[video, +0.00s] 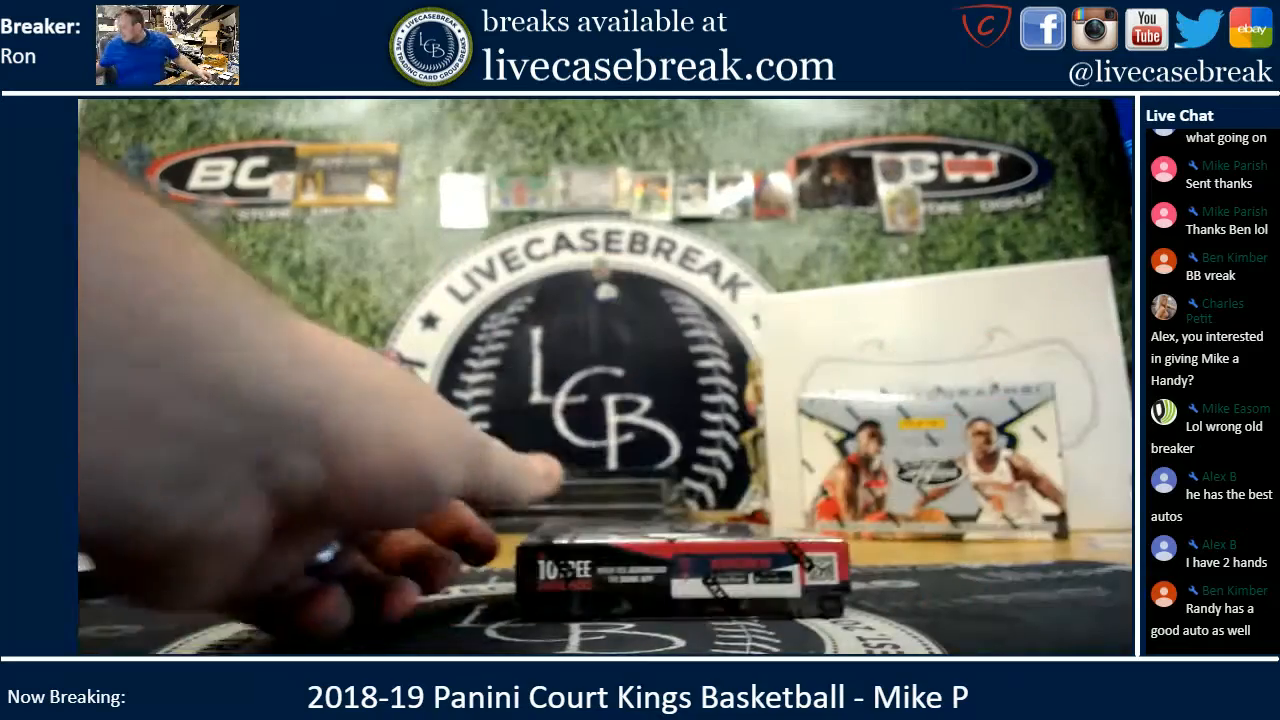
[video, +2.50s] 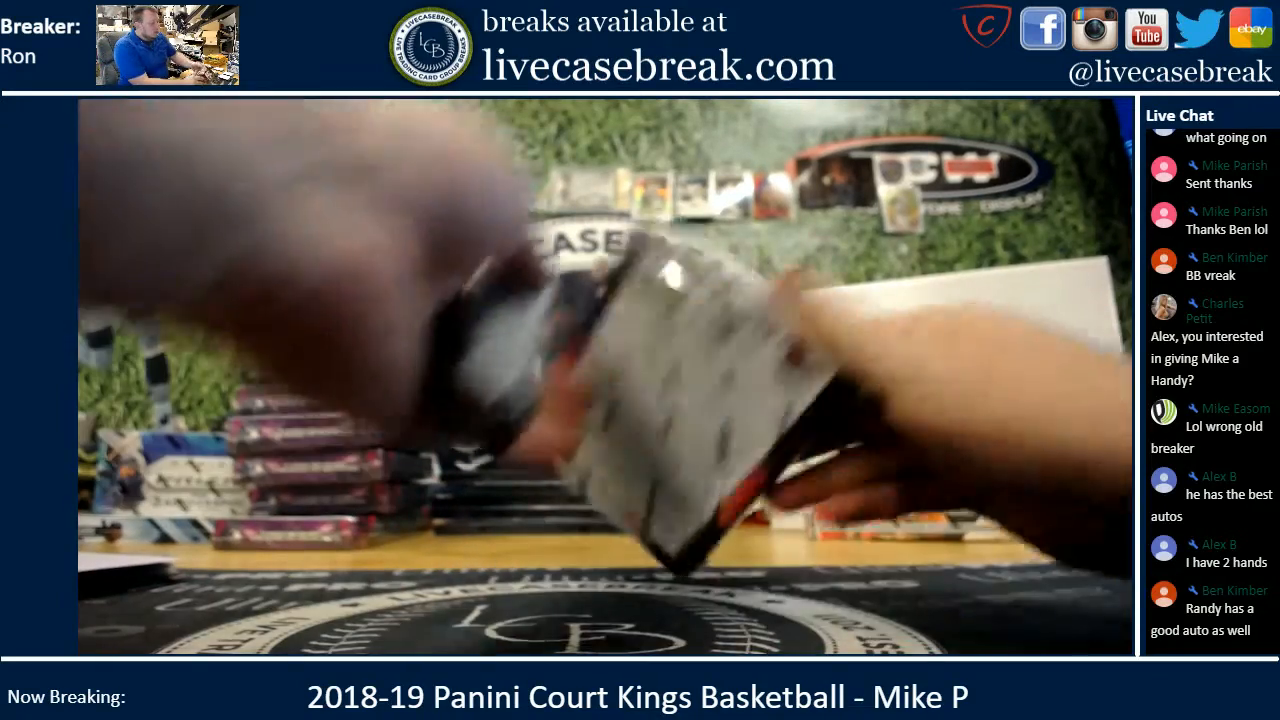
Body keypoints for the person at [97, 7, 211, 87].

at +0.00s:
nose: (120, 31)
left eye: (124, 27)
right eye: (119, 28)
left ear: (138, 26)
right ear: (118, 28)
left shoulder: (161, 41)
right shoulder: (115, 45)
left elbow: (178, 58)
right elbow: (100, 67)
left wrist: (198, 71)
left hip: (156, 101)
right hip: (124, 102)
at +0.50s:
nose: (124, 22)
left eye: (129, 18)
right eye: (121, 18)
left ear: (141, 21)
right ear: (118, 21)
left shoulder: (157, 40)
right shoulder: (110, 43)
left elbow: (173, 60)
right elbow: (99, 68)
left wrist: (194, 71)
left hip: (154, 101)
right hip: (122, 101)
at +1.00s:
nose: (136, 19)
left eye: (141, 16)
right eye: (133, 16)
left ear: (150, 22)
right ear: (128, 20)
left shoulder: (158, 40)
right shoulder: (114, 41)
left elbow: (169, 59)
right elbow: (102, 72)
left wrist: (184, 57)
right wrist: (116, 72)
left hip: (155, 98)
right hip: (124, 99)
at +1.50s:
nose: (144, 19)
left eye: (148, 16)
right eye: (140, 16)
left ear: (154, 21)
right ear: (134, 21)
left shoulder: (160, 38)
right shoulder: (124, 39)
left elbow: (172, 58)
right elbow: (131, 72)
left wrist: (181, 55)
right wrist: (167, 60)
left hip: (159, 92)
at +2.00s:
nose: (157, 27)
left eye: (159, 22)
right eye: (153, 23)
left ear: (160, 21)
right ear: (140, 24)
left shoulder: (160, 38)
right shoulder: (126, 44)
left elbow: (173, 57)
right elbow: (138, 80)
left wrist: (191, 60)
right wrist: (178, 82)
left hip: (163, 90)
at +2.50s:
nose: (157, 27)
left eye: (157, 22)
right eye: (152, 24)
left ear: (159, 21)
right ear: (138, 25)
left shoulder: (160, 38)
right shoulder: (125, 46)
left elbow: (175, 55)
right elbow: (142, 83)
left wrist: (191, 64)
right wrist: (184, 82)